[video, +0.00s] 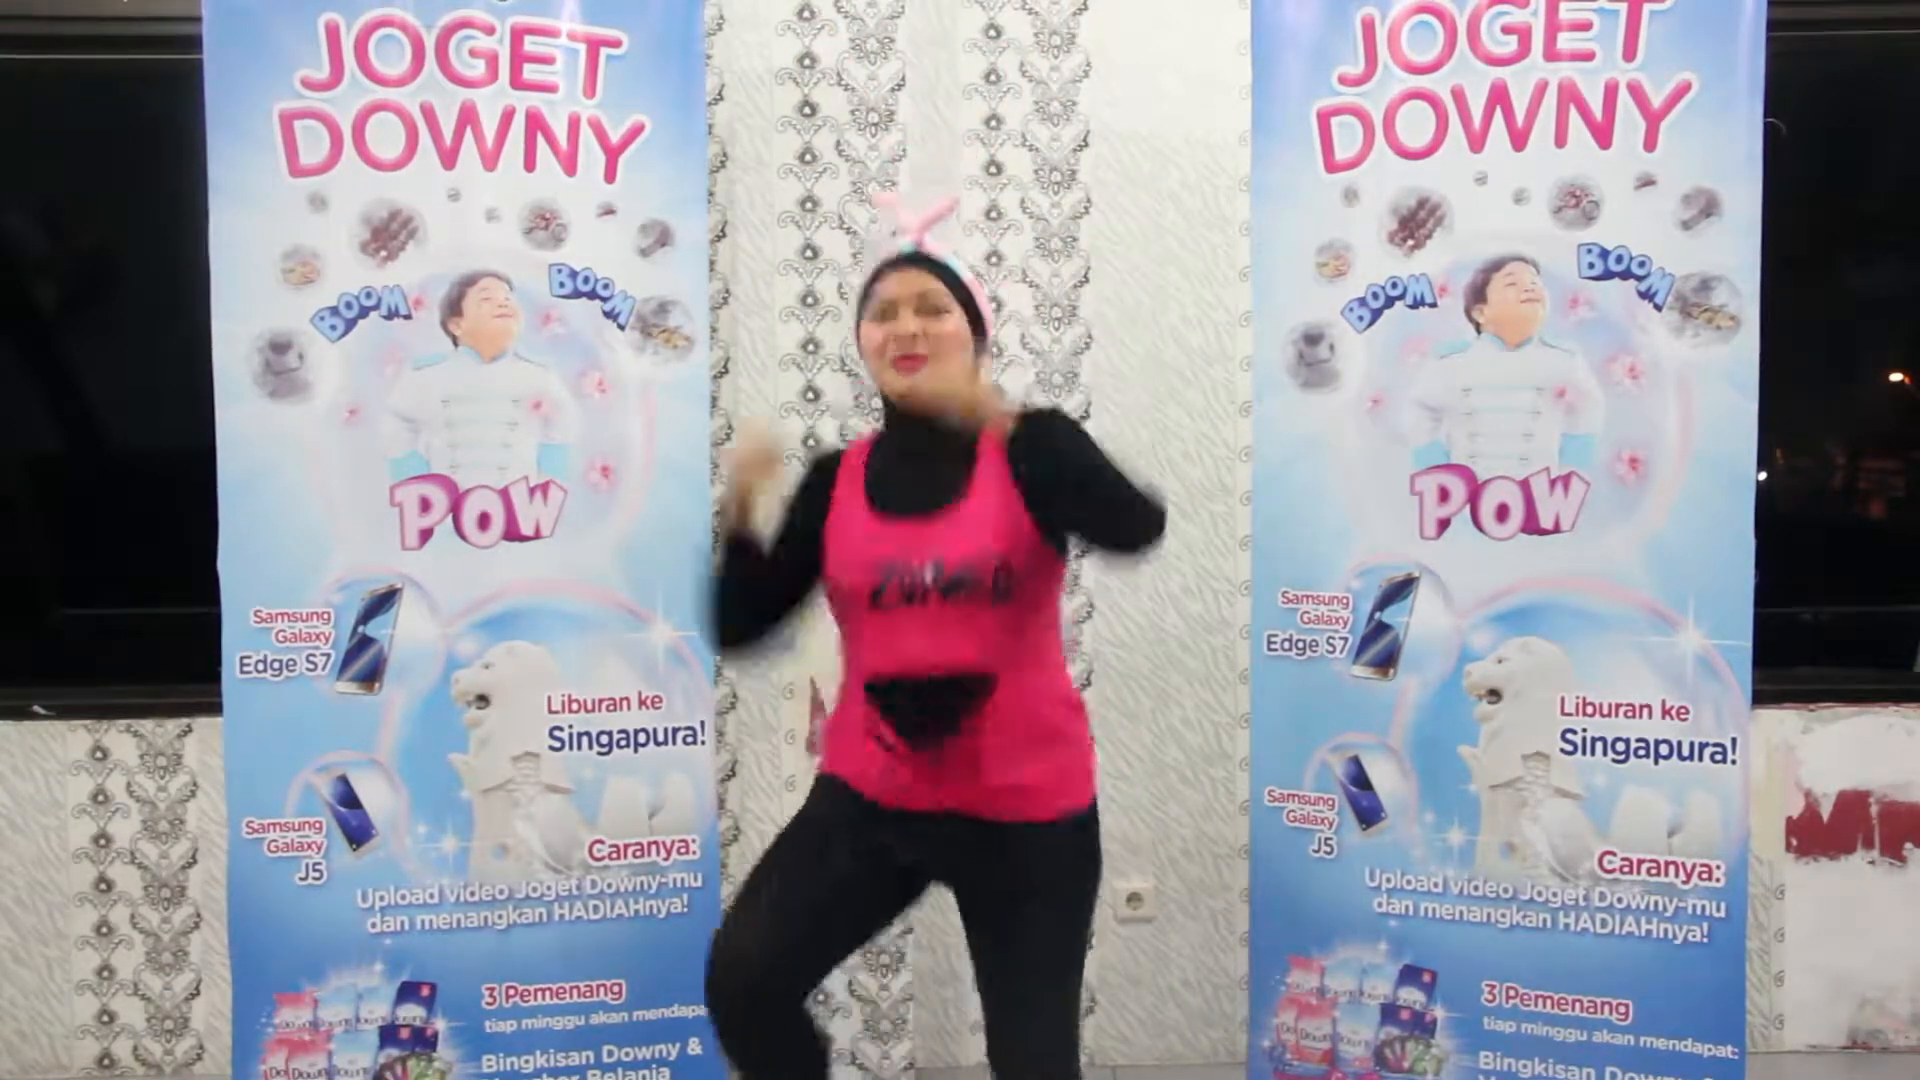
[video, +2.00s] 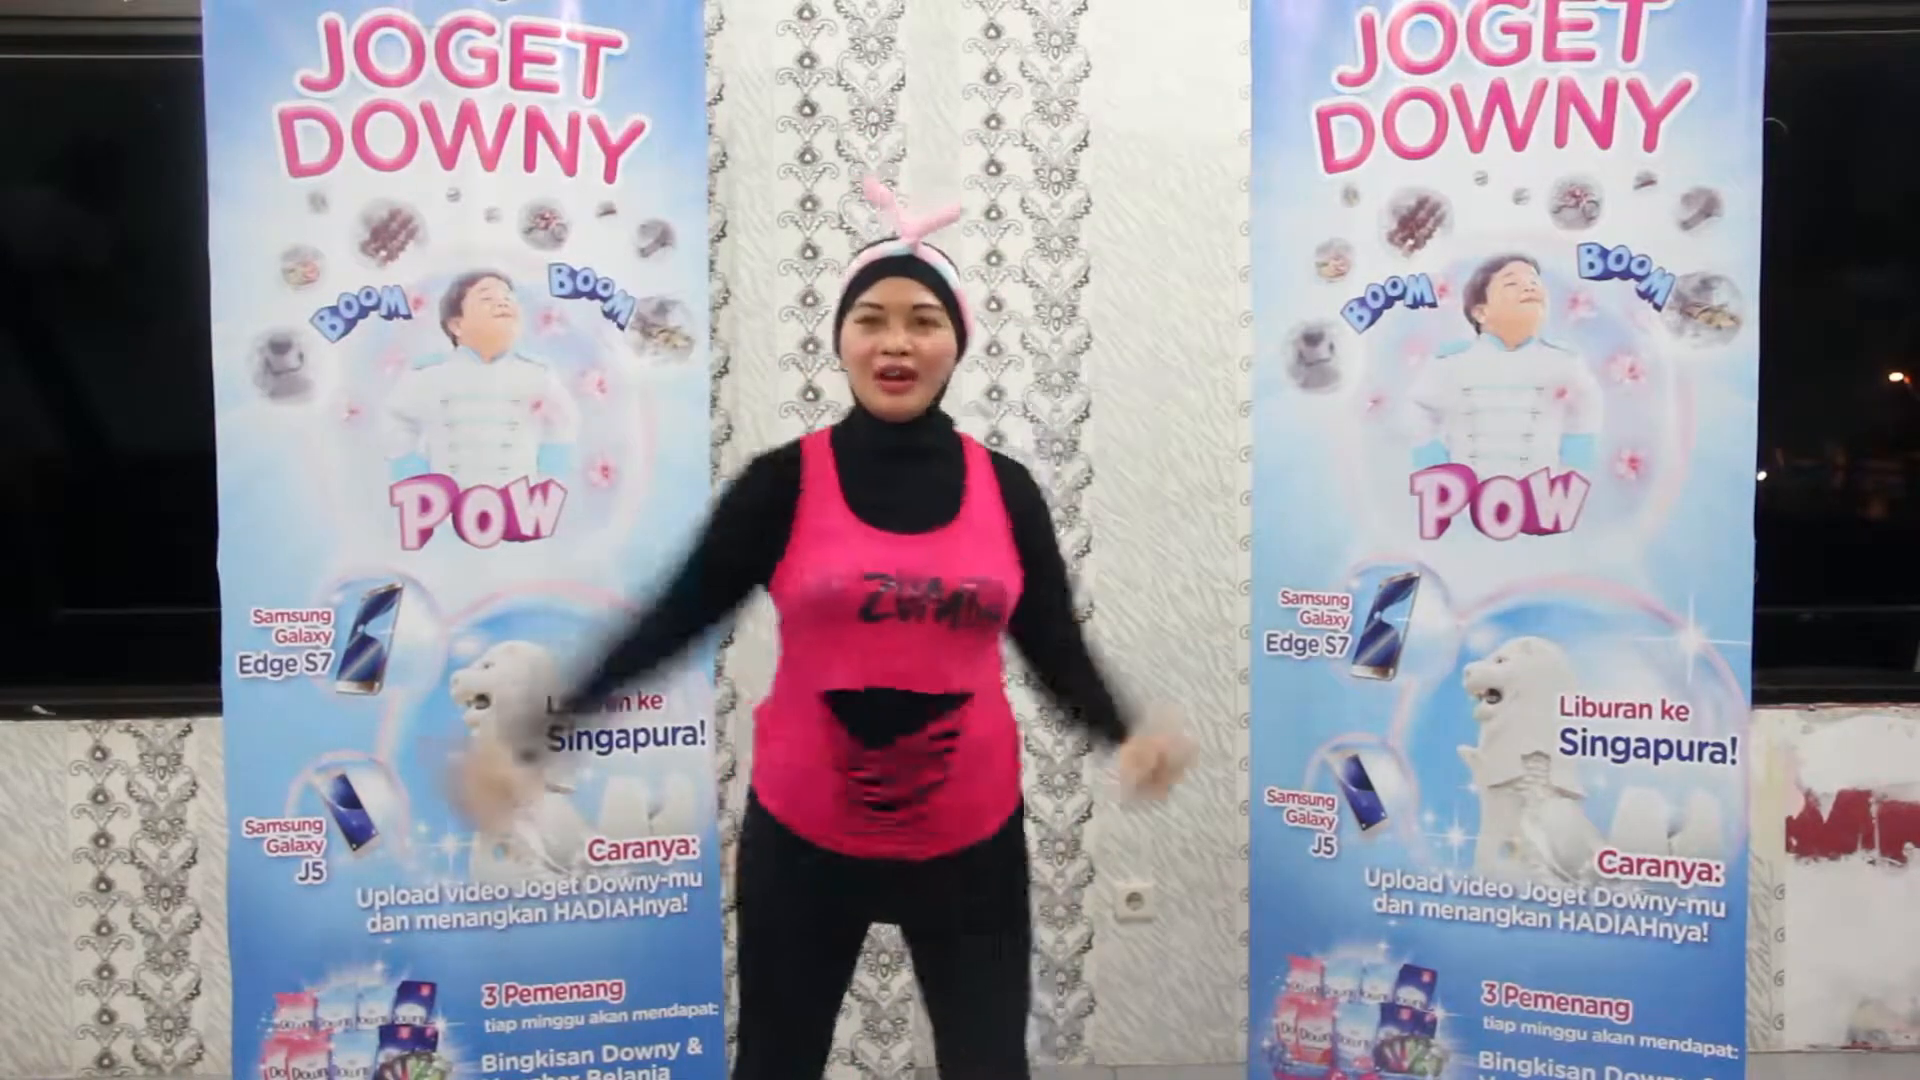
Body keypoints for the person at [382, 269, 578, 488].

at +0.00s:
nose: (503, 301)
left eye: (508, 296)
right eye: (485, 298)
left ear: (519, 315)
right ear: (455, 324)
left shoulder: (538, 378)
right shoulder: (421, 379)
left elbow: (560, 434)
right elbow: (393, 429)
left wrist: (546, 491)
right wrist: (414, 486)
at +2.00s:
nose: (502, 303)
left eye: (508, 296)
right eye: (485, 298)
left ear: (518, 315)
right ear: (455, 324)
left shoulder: (536, 376)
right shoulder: (423, 379)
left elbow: (560, 429)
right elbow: (393, 426)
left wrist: (546, 487)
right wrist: (412, 484)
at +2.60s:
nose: (503, 301)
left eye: (508, 296)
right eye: (485, 297)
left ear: (518, 314)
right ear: (455, 324)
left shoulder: (539, 376)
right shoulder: (423, 377)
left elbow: (561, 432)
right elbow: (394, 425)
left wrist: (545, 491)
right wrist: (413, 486)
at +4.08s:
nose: (503, 302)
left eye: (508, 296)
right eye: (485, 297)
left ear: (518, 314)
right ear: (455, 324)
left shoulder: (539, 380)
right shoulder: (421, 380)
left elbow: (560, 443)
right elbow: (396, 434)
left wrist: (544, 499)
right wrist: (415, 494)